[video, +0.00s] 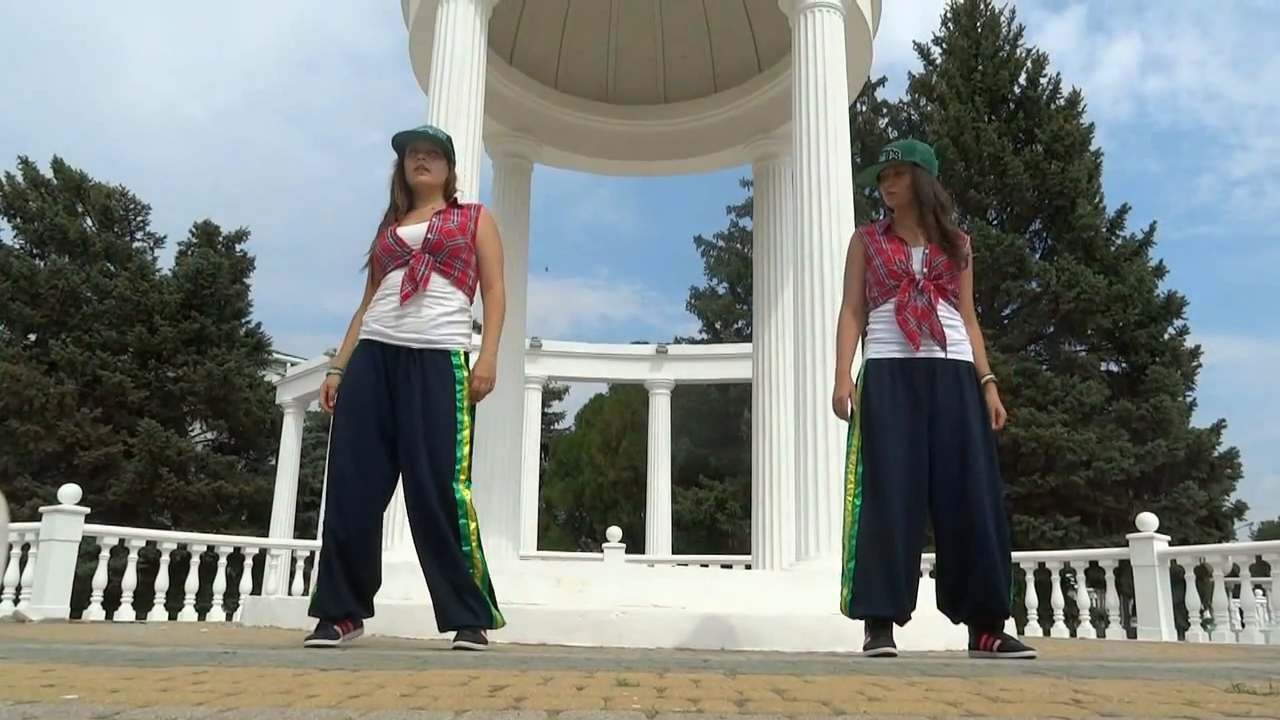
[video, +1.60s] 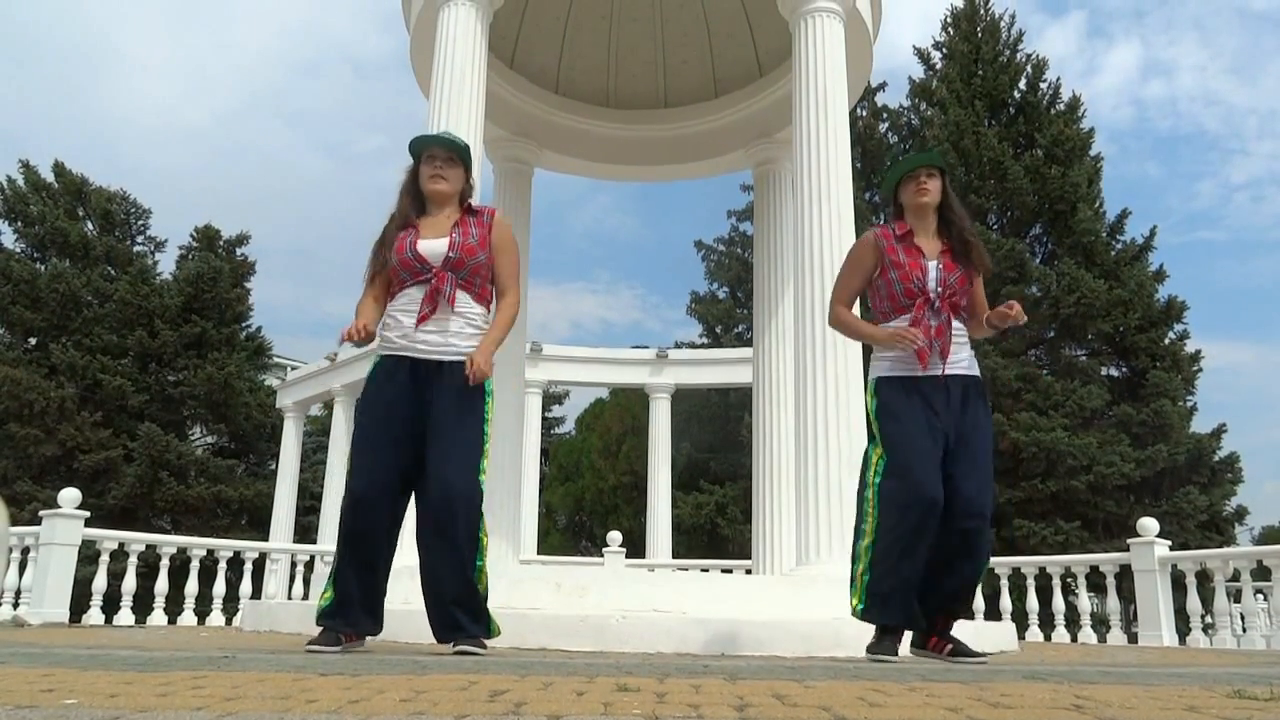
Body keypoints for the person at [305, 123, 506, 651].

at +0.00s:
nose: (421, 160)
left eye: (431, 154)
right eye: (413, 154)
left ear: (449, 167)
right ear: (401, 167)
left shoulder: (473, 218)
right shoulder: (388, 231)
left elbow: (493, 290)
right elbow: (369, 304)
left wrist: (489, 357)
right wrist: (338, 366)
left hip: (438, 363)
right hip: (372, 361)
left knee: (438, 491)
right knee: (352, 488)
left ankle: (468, 621)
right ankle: (342, 614)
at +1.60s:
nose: (437, 167)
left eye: (447, 161)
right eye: (429, 160)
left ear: (466, 175)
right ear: (415, 172)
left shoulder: (491, 225)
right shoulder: (397, 231)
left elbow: (509, 297)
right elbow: (377, 288)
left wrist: (487, 348)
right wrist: (365, 321)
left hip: (458, 375)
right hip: (394, 372)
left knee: (451, 500)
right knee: (368, 495)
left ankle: (461, 629)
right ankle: (348, 621)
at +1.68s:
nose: (437, 177)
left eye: (447, 171)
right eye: (428, 171)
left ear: (468, 184)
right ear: (415, 184)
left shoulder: (492, 235)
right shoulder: (394, 236)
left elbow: (489, 303)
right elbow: (374, 292)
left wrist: (421, 303)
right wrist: (410, 270)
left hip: (467, 379)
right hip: (402, 377)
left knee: (456, 503)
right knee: (360, 478)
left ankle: (462, 631)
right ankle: (353, 587)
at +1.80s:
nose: (426, 157)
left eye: (438, 151)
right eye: (419, 149)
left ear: (459, 166)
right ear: (406, 162)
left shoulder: (484, 208)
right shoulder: (388, 214)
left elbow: (447, 251)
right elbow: (392, 247)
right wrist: (464, 205)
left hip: (466, 365)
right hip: (398, 360)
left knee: (467, 497)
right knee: (355, 469)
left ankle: (467, 628)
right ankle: (365, 554)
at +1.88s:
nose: (412, 131)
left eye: (425, 125)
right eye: (405, 122)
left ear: (444, 138)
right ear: (390, 132)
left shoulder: (469, 170)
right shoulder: (374, 178)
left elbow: (458, 224)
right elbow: (378, 221)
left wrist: (415, 179)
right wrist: (440, 172)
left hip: (463, 341)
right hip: (394, 335)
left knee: (470, 472)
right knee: (369, 452)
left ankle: (474, 610)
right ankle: (339, 583)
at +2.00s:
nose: (401, 115)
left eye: (414, 110)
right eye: (390, 106)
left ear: (427, 124)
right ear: (370, 117)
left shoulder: (454, 164)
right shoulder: (354, 167)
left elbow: (500, 231)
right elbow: (320, 226)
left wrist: (490, 179)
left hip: (452, 339)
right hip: (380, 335)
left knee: (474, 465)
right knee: (359, 464)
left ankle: (483, 588)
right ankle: (315, 608)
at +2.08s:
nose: (393, 122)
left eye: (406, 118)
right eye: (383, 114)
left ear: (422, 137)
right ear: (364, 129)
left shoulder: (443, 185)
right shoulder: (341, 186)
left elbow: (499, 252)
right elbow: (288, 256)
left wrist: (523, 206)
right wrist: (263, 183)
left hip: (435, 360)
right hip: (364, 355)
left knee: (469, 482)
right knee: (352, 477)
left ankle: (482, 590)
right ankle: (316, 621)